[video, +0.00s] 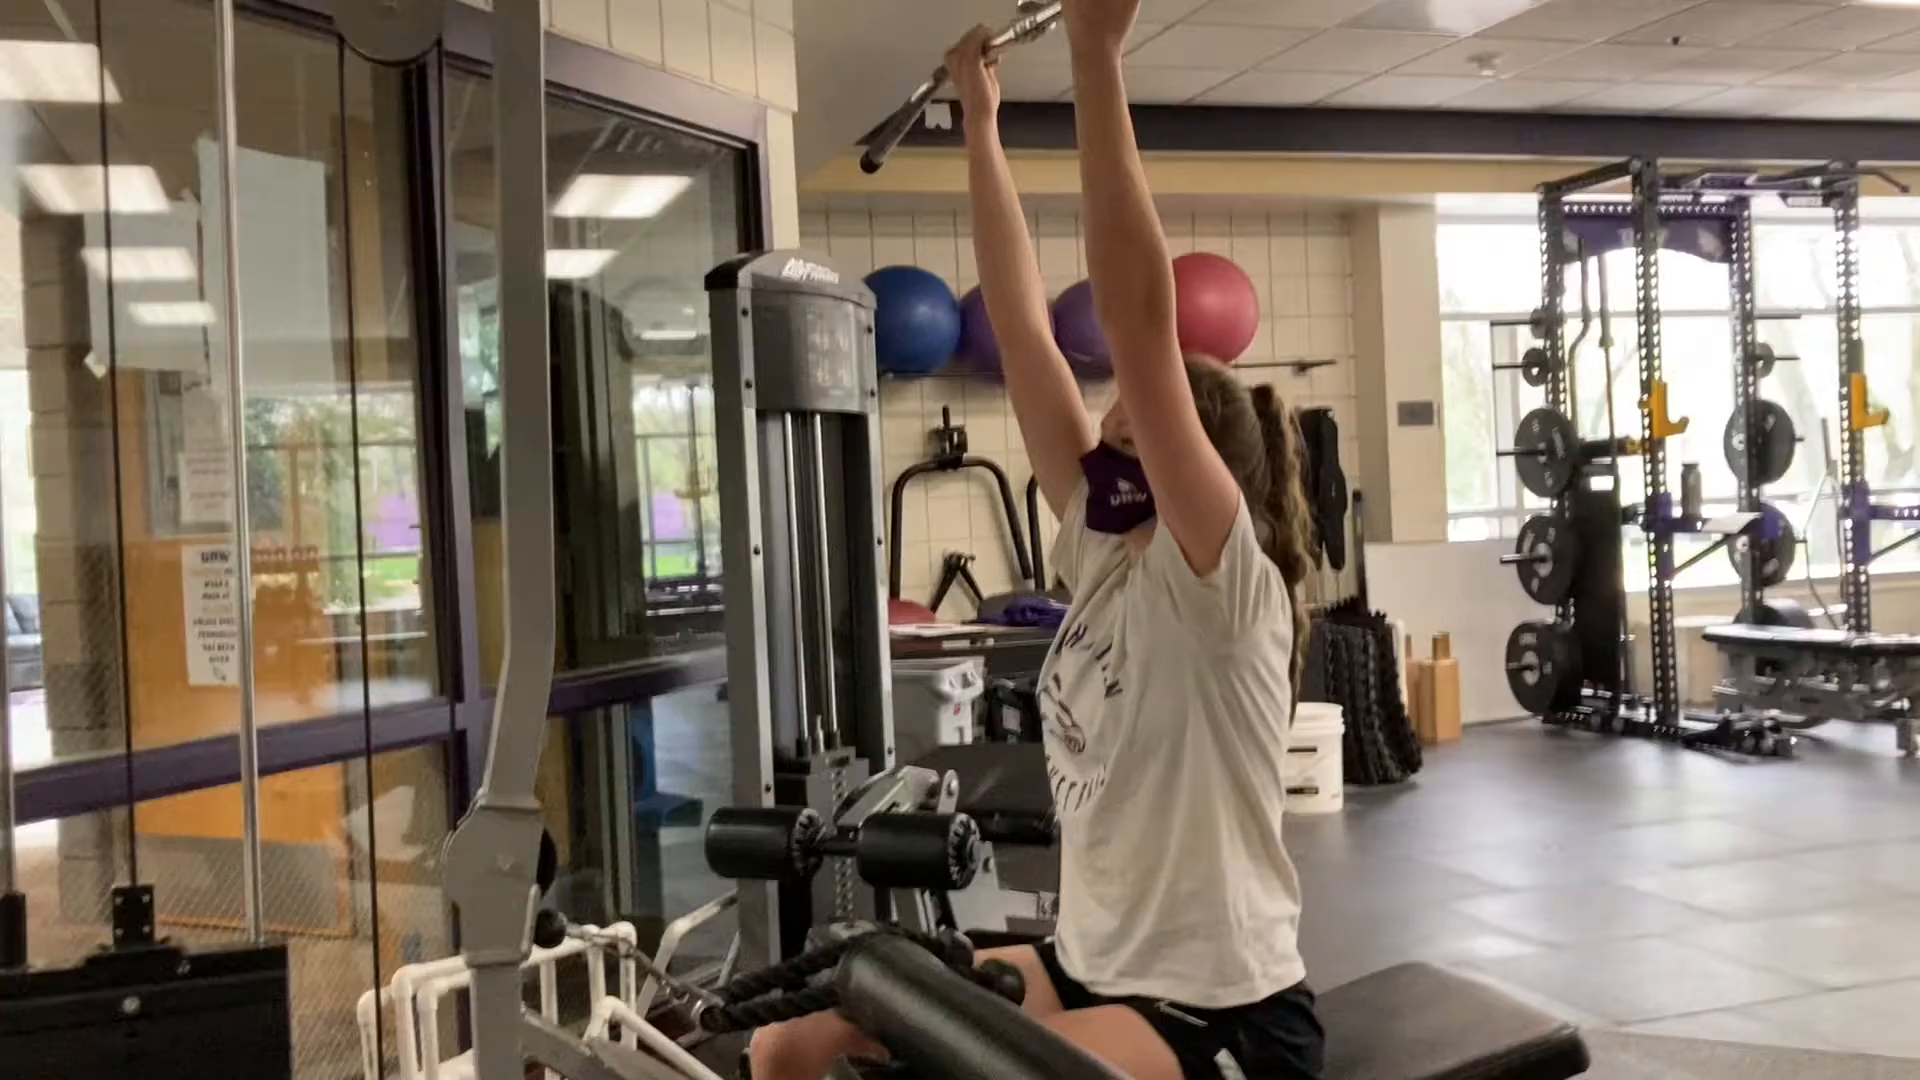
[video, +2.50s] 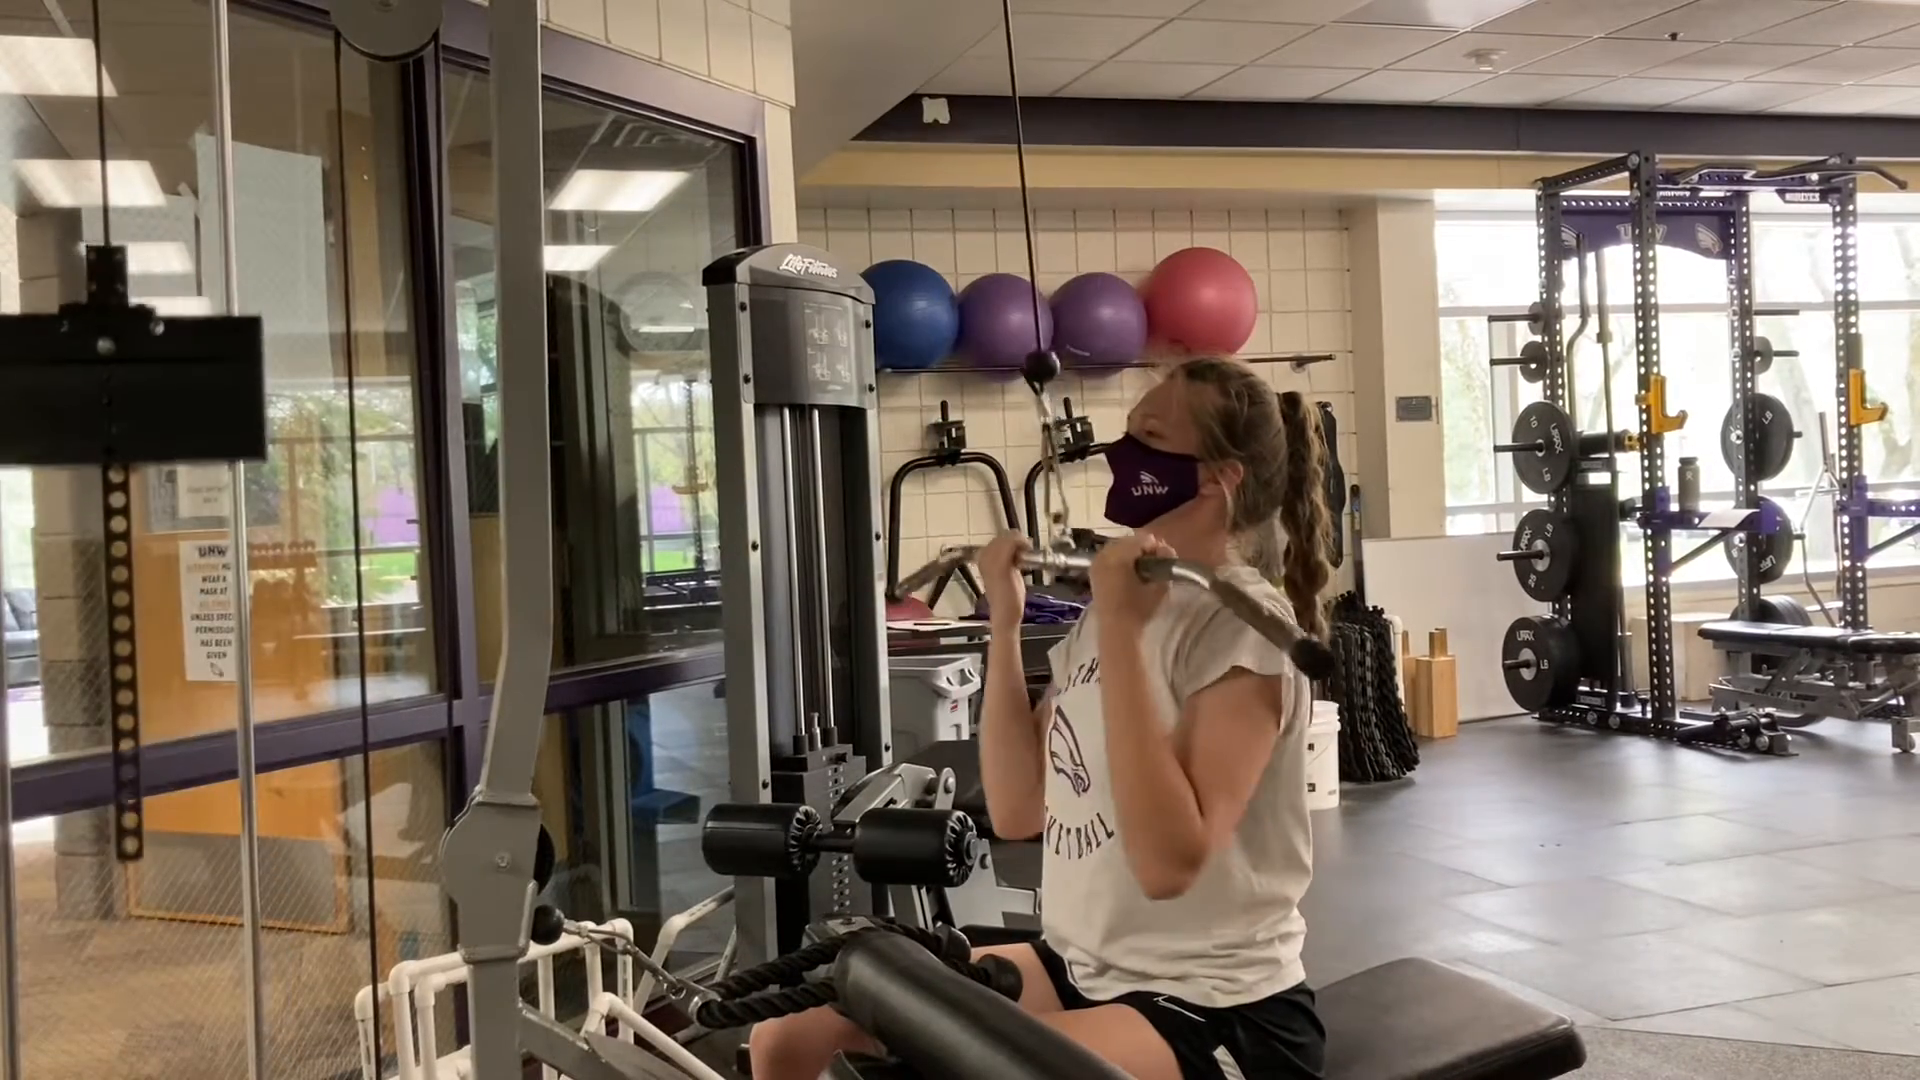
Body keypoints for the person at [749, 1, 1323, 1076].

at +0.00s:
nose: (1115, 435)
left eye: (1145, 413)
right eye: (1117, 418)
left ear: (1205, 454)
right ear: (1115, 440)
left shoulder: (1223, 576)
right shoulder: (1101, 552)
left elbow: (1143, 335)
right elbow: (1023, 330)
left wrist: (1096, 48)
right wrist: (978, 115)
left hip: (1220, 1018)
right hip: (1094, 982)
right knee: (793, 1046)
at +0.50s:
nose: (1114, 431)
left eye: (1143, 409)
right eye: (1116, 413)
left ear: (1207, 450)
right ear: (1115, 438)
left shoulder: (1226, 580)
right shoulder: (1102, 554)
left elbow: (1143, 328)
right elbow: (1023, 328)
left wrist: (1095, 47)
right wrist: (978, 118)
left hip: (1219, 1015)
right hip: (1093, 978)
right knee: (790, 1044)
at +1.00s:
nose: (1106, 437)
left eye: (1128, 411)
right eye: (1107, 419)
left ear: (1205, 450)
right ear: (1121, 440)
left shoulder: (1237, 583)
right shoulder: (1099, 542)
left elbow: (1116, 358)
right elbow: (990, 364)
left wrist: (1100, 100)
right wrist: (976, 152)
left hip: (1218, 1010)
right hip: (1088, 972)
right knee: (790, 1044)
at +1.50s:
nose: (1114, 461)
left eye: (1146, 445)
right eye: (1119, 438)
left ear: (1218, 473)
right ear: (1103, 447)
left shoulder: (1259, 603)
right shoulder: (1108, 572)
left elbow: (1077, 597)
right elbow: (936, 585)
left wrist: (1106, 369)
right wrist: (968, 396)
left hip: (1225, 1007)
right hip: (1088, 963)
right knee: (789, 1040)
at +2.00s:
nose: (1114, 450)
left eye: (1143, 437)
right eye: (1123, 430)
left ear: (1217, 477)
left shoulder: (1244, 625)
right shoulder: (1122, 611)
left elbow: (1204, 887)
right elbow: (1050, 805)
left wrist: (1131, 670)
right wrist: (1022, 647)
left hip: (1217, 1003)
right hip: (1091, 963)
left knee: (966, 1065)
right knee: (788, 1042)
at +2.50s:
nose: (1120, 458)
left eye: (1149, 443)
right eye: (1127, 439)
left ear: (1224, 480)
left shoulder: (1247, 619)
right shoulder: (1111, 612)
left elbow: (1171, 862)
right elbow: (1017, 814)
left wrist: (1120, 630)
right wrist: (1004, 623)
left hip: (1221, 1005)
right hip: (1084, 966)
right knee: (787, 1043)